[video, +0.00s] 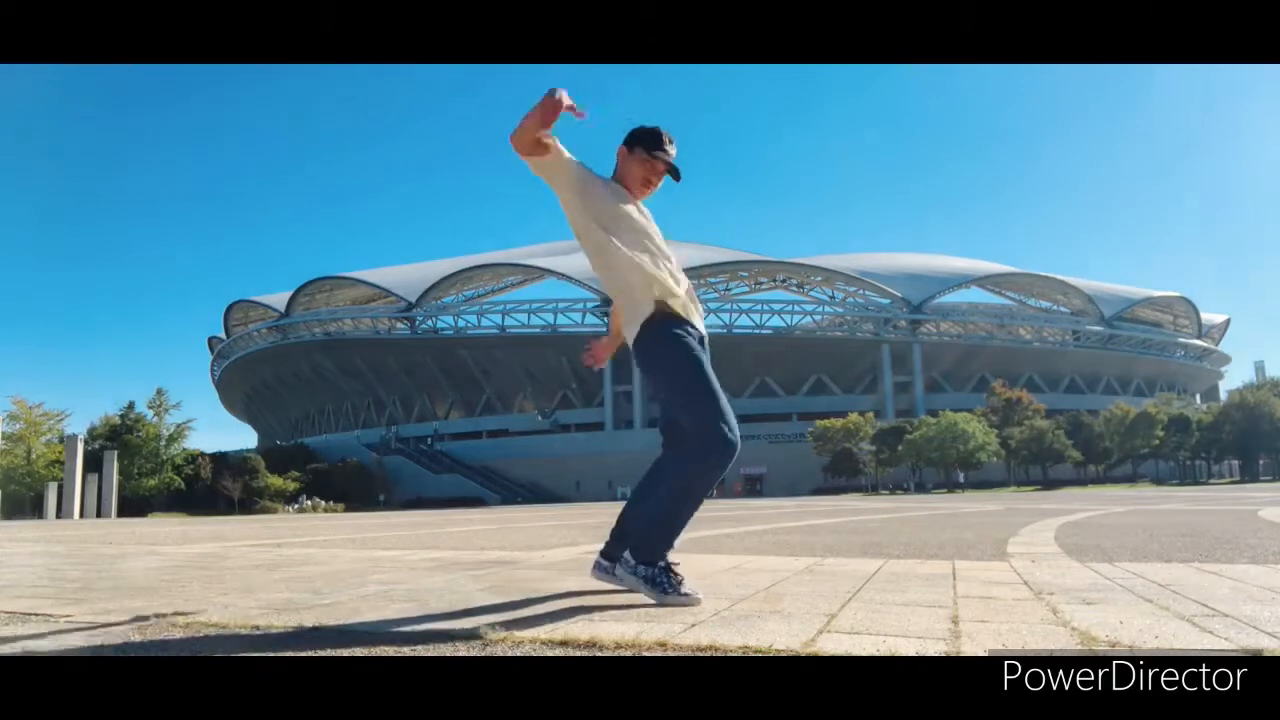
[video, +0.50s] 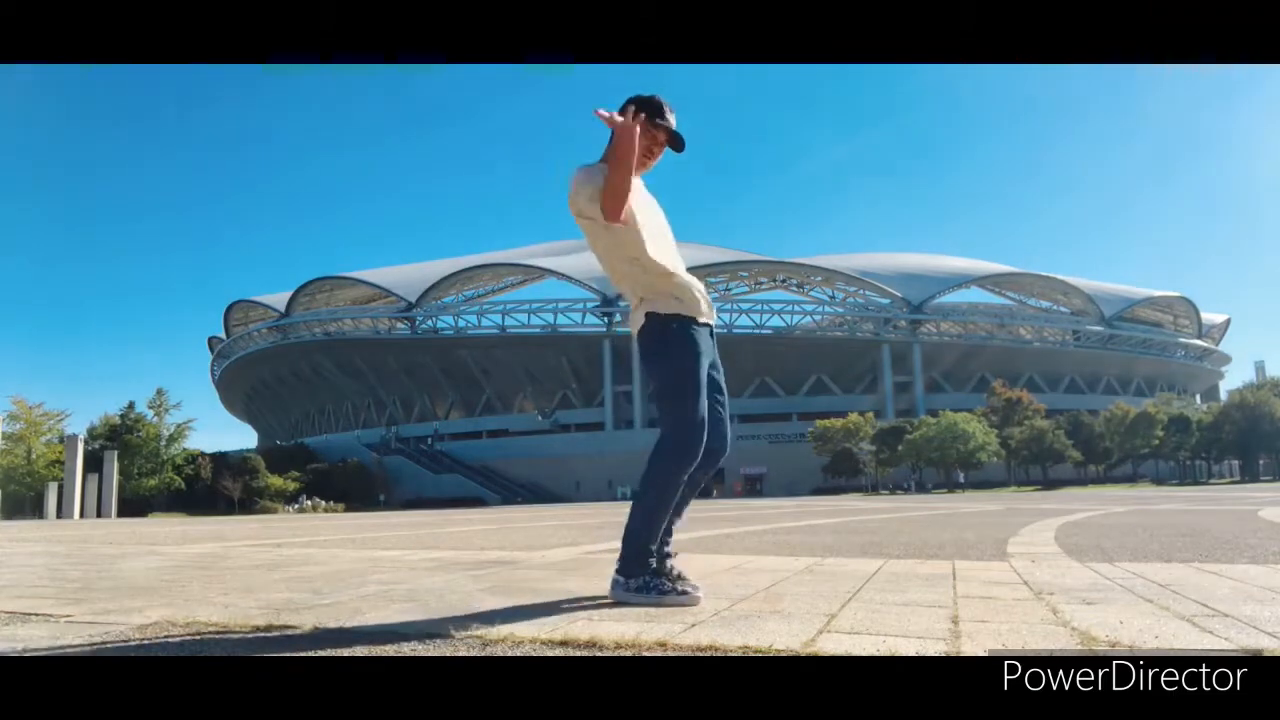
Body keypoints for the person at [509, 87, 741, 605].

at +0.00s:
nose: (657, 178)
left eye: (664, 173)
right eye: (652, 165)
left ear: (661, 178)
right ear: (624, 154)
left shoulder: (635, 217)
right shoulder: (585, 185)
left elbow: (640, 283)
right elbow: (526, 142)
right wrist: (551, 106)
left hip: (683, 336)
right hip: (663, 333)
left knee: (685, 446)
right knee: (717, 440)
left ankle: (619, 555)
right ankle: (642, 558)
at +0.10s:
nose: (656, 175)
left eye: (662, 171)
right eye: (651, 163)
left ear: (657, 175)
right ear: (621, 152)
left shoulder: (633, 218)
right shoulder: (589, 190)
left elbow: (609, 304)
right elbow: (541, 145)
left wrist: (590, 367)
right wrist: (571, 103)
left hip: (689, 336)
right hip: (669, 333)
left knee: (688, 451)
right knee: (706, 452)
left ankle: (620, 555)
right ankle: (634, 564)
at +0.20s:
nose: (654, 168)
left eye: (661, 164)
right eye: (649, 155)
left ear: (660, 169)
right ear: (621, 145)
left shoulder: (624, 212)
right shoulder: (595, 188)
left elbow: (617, 298)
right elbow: (568, 161)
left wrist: (628, 358)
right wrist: (571, 129)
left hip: (690, 335)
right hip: (674, 332)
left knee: (699, 454)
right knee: (696, 452)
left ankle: (620, 553)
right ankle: (635, 569)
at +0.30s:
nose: (655, 161)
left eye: (661, 158)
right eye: (649, 147)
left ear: (659, 163)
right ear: (622, 136)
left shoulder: (626, 194)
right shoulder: (596, 186)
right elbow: (589, 193)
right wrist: (583, 109)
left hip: (688, 328)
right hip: (671, 328)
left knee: (696, 445)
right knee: (693, 446)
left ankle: (626, 549)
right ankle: (635, 571)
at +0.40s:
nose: (656, 150)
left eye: (662, 147)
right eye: (651, 138)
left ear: (660, 152)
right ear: (622, 126)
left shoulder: (639, 191)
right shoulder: (591, 176)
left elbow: (662, 251)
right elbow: (577, 208)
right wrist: (594, 132)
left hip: (698, 326)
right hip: (669, 323)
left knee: (709, 447)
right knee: (686, 435)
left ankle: (630, 538)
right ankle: (637, 569)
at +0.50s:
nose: (657, 152)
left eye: (664, 146)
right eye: (651, 140)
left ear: (663, 149)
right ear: (625, 131)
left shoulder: (639, 189)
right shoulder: (588, 179)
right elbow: (612, 211)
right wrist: (625, 140)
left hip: (698, 328)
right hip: (668, 326)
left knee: (714, 443)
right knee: (683, 438)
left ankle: (654, 557)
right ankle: (633, 571)